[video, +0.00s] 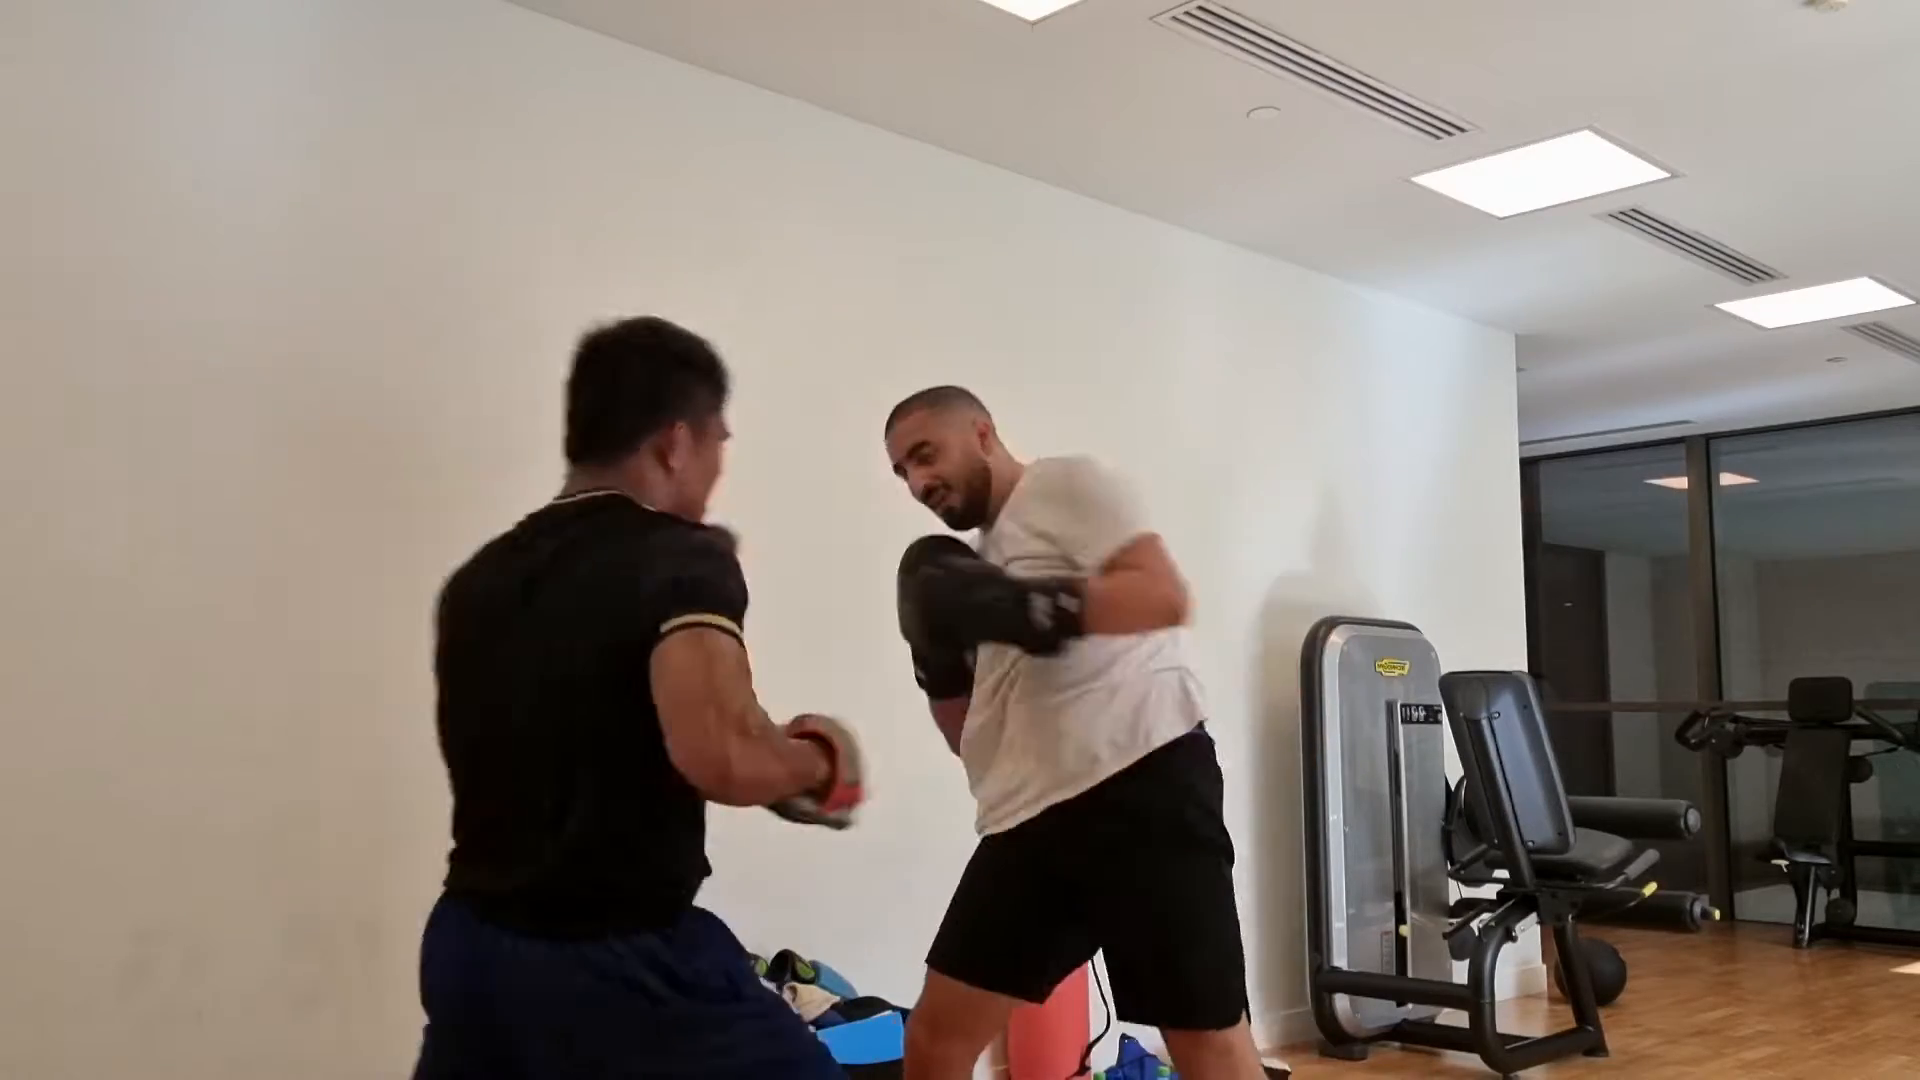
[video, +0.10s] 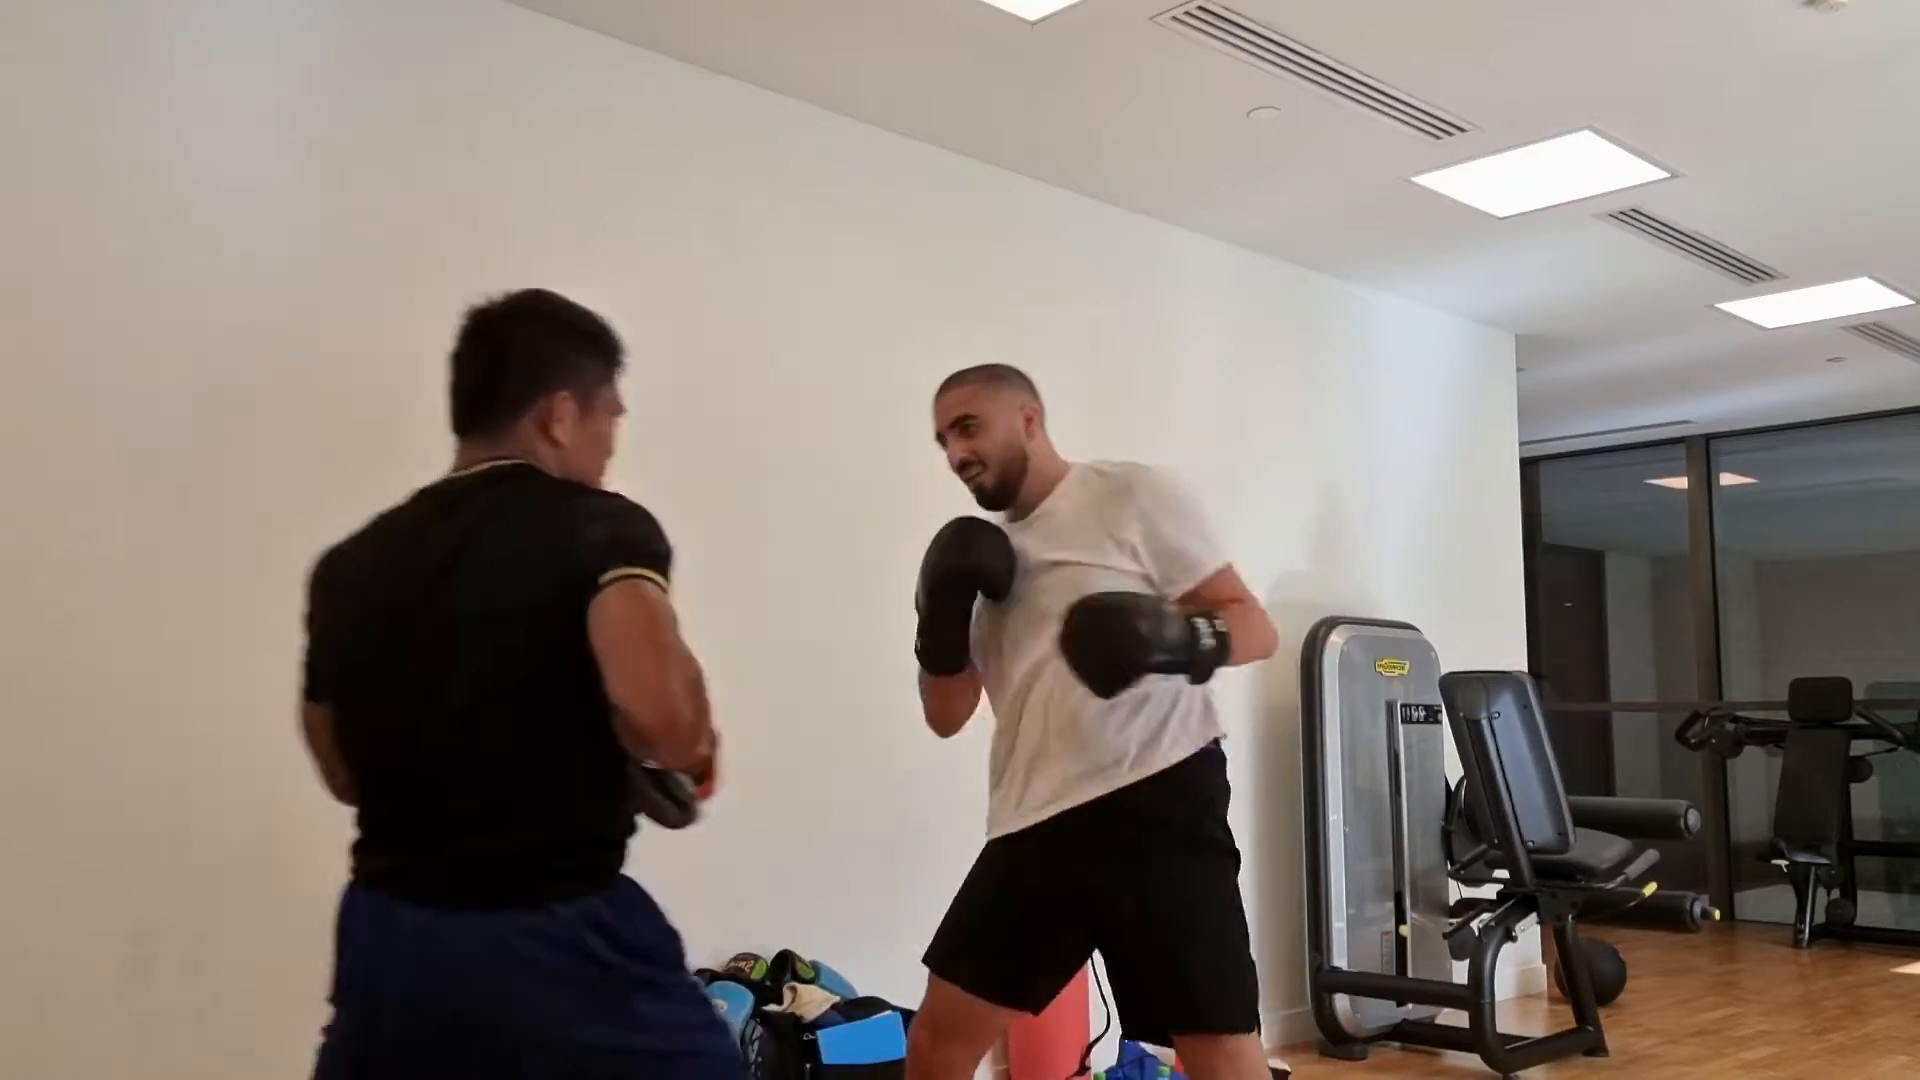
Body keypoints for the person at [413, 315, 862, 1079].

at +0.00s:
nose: (721, 461)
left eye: (723, 439)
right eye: (717, 438)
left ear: (582, 436)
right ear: (674, 444)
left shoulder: (476, 579)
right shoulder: (676, 555)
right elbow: (719, 756)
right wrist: (815, 755)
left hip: (474, 963)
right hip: (634, 973)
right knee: (801, 1061)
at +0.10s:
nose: (615, 438)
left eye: (617, 415)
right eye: (610, 415)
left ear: (468, 415)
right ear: (557, 417)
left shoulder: (350, 565)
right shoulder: (601, 525)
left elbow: (345, 774)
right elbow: (649, 695)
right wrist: (693, 754)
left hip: (392, 965)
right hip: (572, 963)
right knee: (701, 1057)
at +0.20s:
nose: (519, 427)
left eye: (522, 402)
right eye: (514, 400)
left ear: (368, 400)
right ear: (455, 395)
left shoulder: (243, 542)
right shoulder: (500, 504)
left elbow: (241, 732)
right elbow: (561, 699)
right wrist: (579, 742)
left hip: (279, 950)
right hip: (466, 945)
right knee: (632, 1061)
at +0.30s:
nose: (458, 413)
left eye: (461, 385)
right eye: (453, 382)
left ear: (300, 378)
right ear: (388, 372)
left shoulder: (166, 517)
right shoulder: (428, 481)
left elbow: (195, 711)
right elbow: (469, 679)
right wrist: (511, 726)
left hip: (202, 937)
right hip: (398, 926)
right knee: (570, 1061)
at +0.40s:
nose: (424, 396)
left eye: (427, 367)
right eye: (418, 362)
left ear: (256, 359)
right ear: (349, 350)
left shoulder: (121, 493)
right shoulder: (385, 461)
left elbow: (138, 685)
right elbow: (424, 663)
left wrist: (369, 708)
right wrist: (476, 715)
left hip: (145, 931)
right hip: (343, 925)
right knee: (511, 1063)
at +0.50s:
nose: (407, 394)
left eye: (411, 364)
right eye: (402, 359)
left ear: (238, 344)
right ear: (330, 343)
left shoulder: (88, 480)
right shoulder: (362, 459)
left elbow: (94, 677)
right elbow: (403, 675)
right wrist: (455, 720)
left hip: (97, 934)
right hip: (302, 929)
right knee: (457, 1060)